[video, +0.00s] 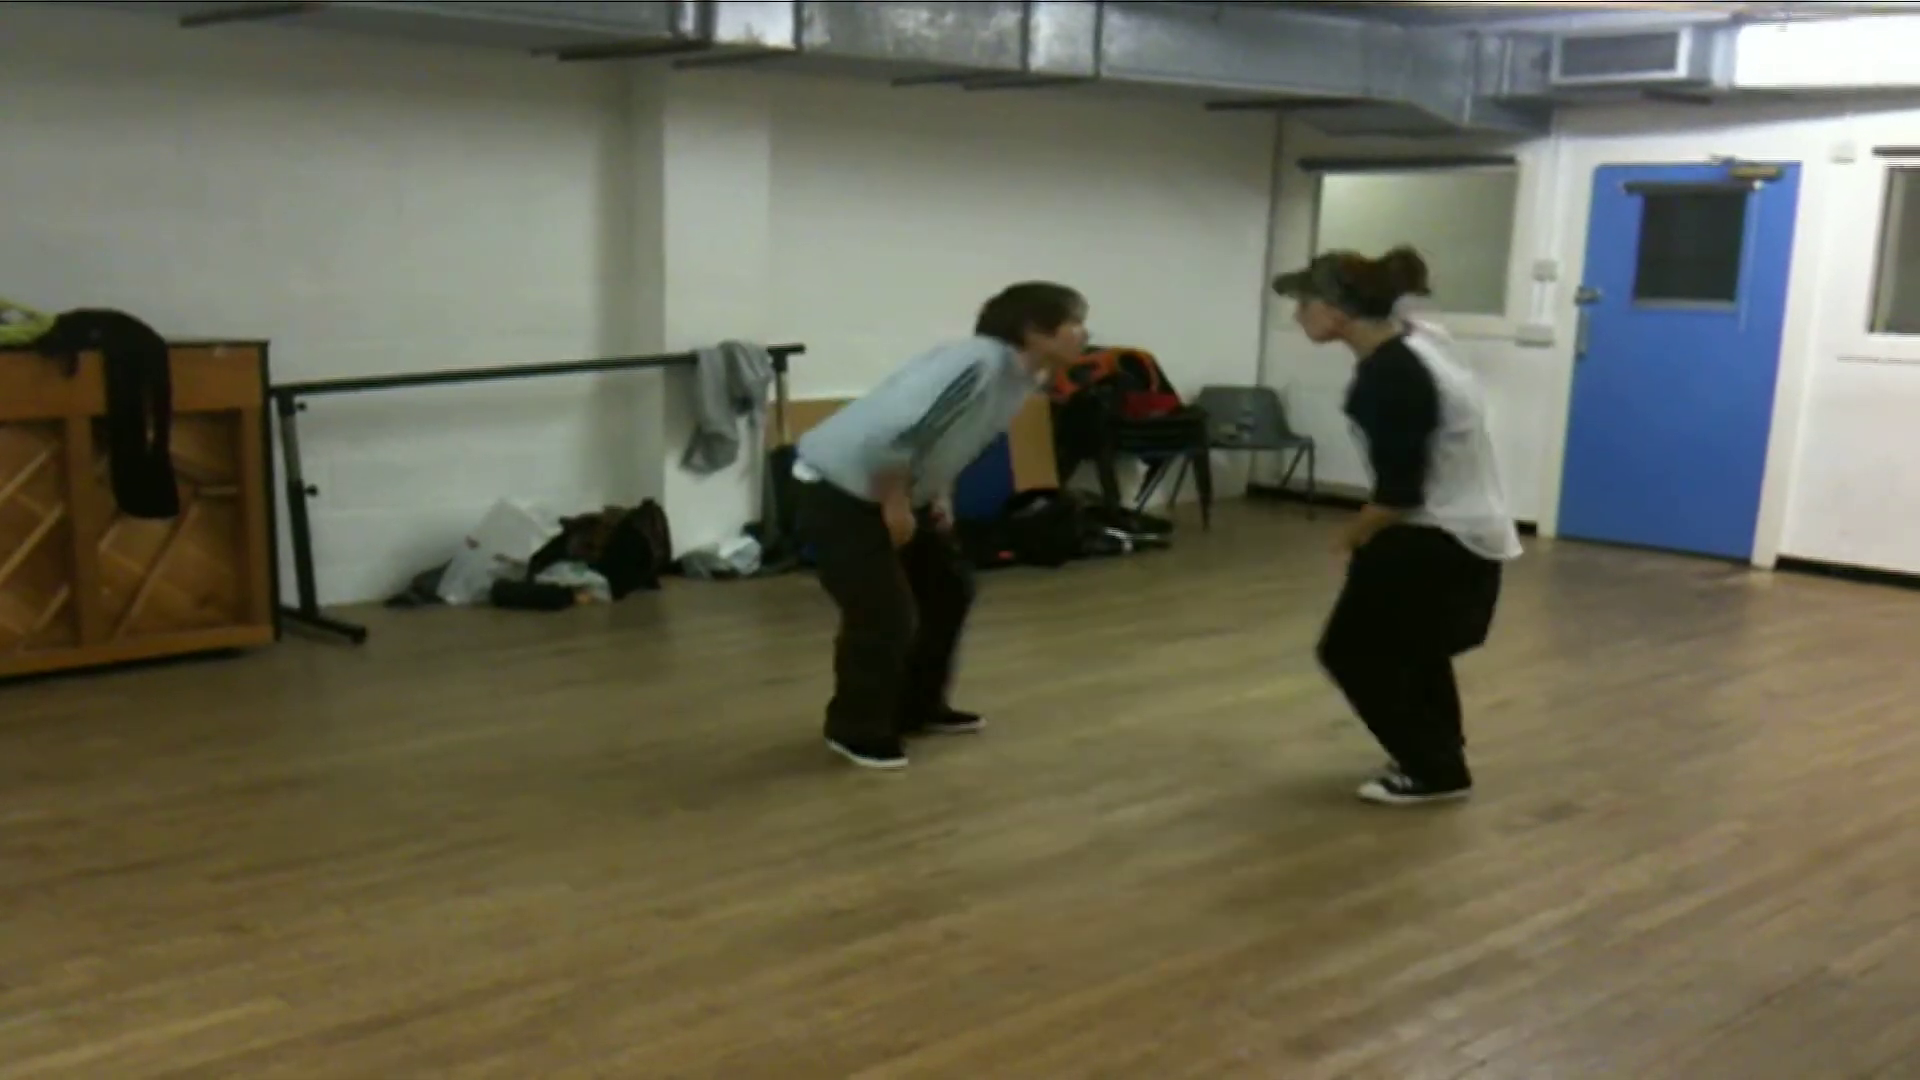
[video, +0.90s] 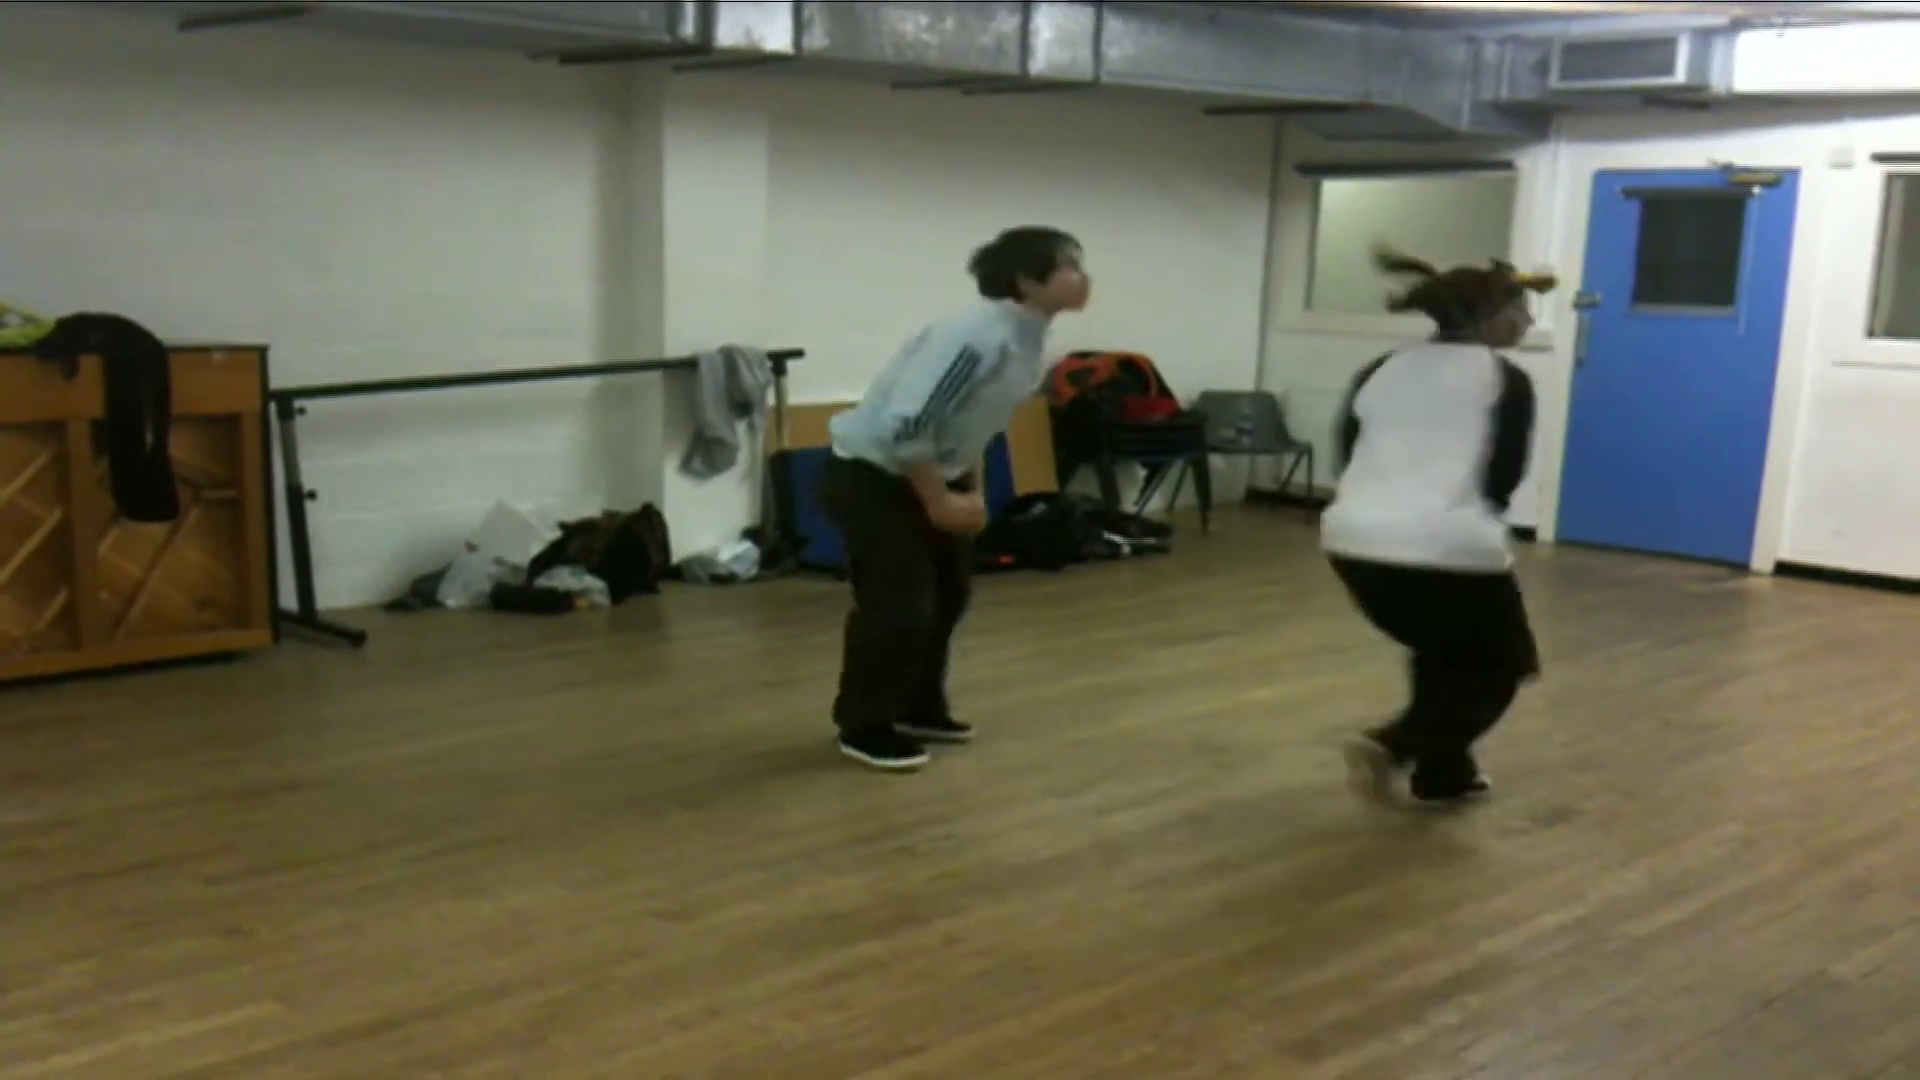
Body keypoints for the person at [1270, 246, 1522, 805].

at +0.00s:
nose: (1299, 317)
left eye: (1306, 305)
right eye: (1300, 305)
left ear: (1338, 309)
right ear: (1352, 305)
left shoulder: (1390, 373)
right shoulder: (1414, 349)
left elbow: (1398, 494)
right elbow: (1412, 484)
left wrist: (1354, 534)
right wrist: (1367, 529)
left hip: (1435, 542)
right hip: (1461, 537)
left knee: (1348, 650)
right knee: (1413, 649)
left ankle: (1429, 767)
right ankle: (1438, 761)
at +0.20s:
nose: (1367, 295)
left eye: (1376, 285)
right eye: (1367, 284)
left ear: (1413, 286)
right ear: (1415, 286)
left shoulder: (1456, 352)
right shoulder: (1422, 340)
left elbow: (1429, 463)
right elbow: (1420, 448)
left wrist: (1370, 513)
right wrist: (1382, 506)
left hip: (1442, 526)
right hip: (1420, 519)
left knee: (1376, 643)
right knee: (1423, 640)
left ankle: (1436, 771)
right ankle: (1437, 753)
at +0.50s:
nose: (1339, 321)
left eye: (1347, 308)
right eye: (1340, 309)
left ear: (1376, 310)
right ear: (1388, 312)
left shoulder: (1403, 358)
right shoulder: (1428, 359)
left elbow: (1411, 446)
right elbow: (1418, 454)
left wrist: (1396, 515)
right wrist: (1402, 514)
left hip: (1467, 534)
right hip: (1486, 536)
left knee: (1343, 646)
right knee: (1404, 647)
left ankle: (1379, 767)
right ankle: (1441, 755)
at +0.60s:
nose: (1318, 371)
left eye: (1326, 359)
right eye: (1321, 360)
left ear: (1355, 361)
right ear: (1369, 363)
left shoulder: (1368, 395)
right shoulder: (1411, 398)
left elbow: (1368, 486)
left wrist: (1391, 547)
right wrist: (1401, 545)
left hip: (1464, 551)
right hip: (1494, 551)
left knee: (1317, 661)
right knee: (1393, 647)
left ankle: (1372, 772)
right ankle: (1437, 757)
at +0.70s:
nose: (1343, 366)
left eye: (1350, 356)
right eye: (1345, 355)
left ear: (1373, 356)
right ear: (1413, 353)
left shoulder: (1357, 390)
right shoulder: (1465, 397)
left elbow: (1315, 468)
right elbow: (1537, 489)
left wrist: (1352, 534)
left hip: (1443, 543)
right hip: (1518, 546)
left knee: (1321, 649)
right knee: (1431, 635)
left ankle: (1374, 771)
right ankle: (1444, 758)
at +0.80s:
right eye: (1467, 311)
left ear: (1408, 311)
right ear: (1474, 317)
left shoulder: (1371, 363)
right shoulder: (1504, 373)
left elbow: (1305, 443)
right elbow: (1542, 464)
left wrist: (1354, 495)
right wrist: (1487, 497)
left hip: (1392, 550)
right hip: (1488, 557)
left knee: (1381, 664)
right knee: (1472, 662)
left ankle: (1403, 779)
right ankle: (1457, 767)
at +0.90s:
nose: (1524, 324)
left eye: (1525, 313)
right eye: (1518, 312)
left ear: (1451, 314)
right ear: (1489, 315)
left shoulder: (1383, 367)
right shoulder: (1507, 379)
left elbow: (1348, 450)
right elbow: (1506, 472)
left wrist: (1376, 495)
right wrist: (1482, 515)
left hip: (1357, 544)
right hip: (1448, 552)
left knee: (1436, 647)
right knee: (1503, 663)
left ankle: (1443, 771)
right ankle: (1396, 745)